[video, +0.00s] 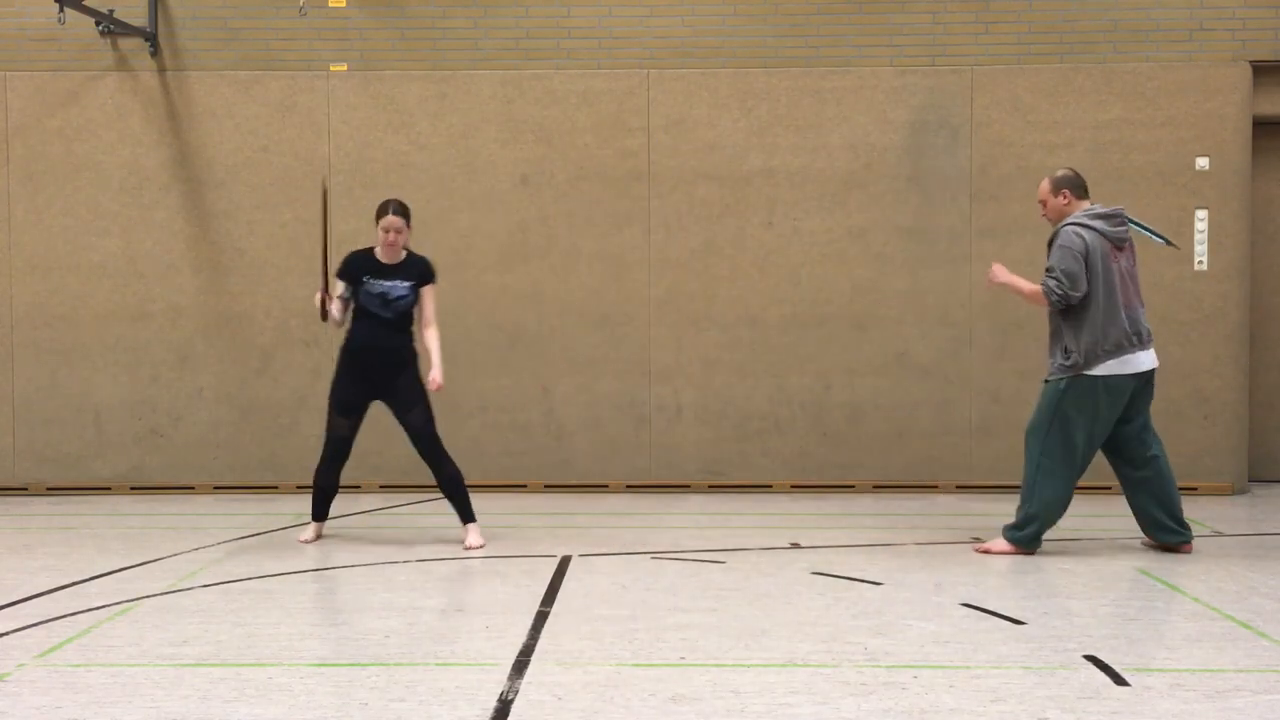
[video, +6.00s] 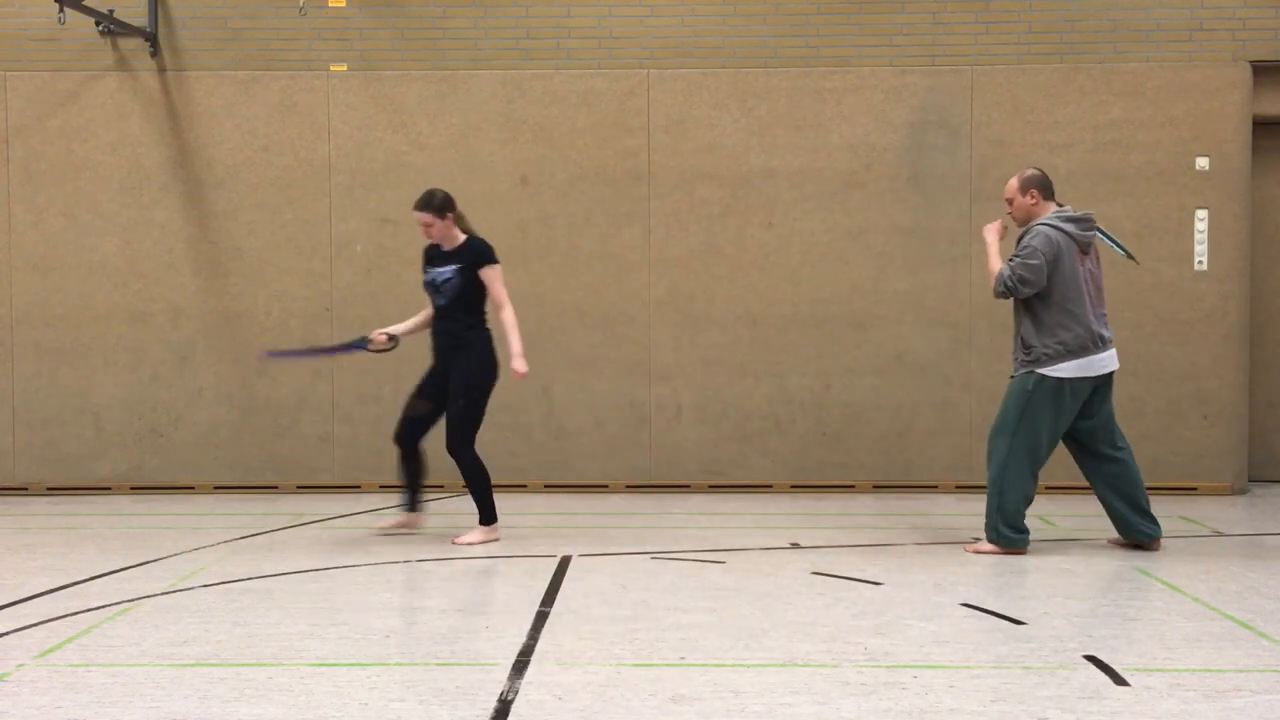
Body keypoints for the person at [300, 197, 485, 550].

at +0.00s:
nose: (392, 237)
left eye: (398, 230)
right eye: (386, 230)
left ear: (408, 232)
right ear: (376, 230)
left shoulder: (420, 268)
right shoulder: (356, 263)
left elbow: (428, 324)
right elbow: (338, 317)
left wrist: (435, 367)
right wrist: (329, 306)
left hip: (400, 369)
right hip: (355, 368)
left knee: (430, 446)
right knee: (336, 447)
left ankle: (470, 525)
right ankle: (316, 522)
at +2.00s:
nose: (544, 222)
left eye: (543, 216)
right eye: (539, 217)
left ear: (514, 225)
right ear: (520, 223)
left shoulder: (491, 264)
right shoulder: (534, 259)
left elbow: (475, 324)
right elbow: (597, 275)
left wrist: (477, 368)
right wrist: (631, 235)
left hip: (496, 374)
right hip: (533, 373)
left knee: (466, 448)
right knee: (582, 445)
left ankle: (425, 523)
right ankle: (583, 531)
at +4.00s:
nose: (732, 231)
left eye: (730, 226)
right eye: (725, 227)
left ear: (710, 235)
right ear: (706, 235)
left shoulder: (716, 271)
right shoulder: (702, 266)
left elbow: (724, 333)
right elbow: (759, 277)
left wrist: (750, 374)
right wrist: (797, 277)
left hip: (726, 378)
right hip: (700, 378)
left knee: (780, 435)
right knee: (684, 461)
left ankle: (777, 515)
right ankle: (623, 522)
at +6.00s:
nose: (424, 231)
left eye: (428, 225)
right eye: (421, 225)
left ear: (448, 218)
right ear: (428, 222)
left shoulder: (478, 251)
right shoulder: (432, 254)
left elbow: (503, 305)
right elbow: (436, 310)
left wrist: (517, 354)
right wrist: (394, 332)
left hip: (475, 363)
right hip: (445, 363)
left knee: (459, 443)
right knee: (407, 434)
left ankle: (489, 525)